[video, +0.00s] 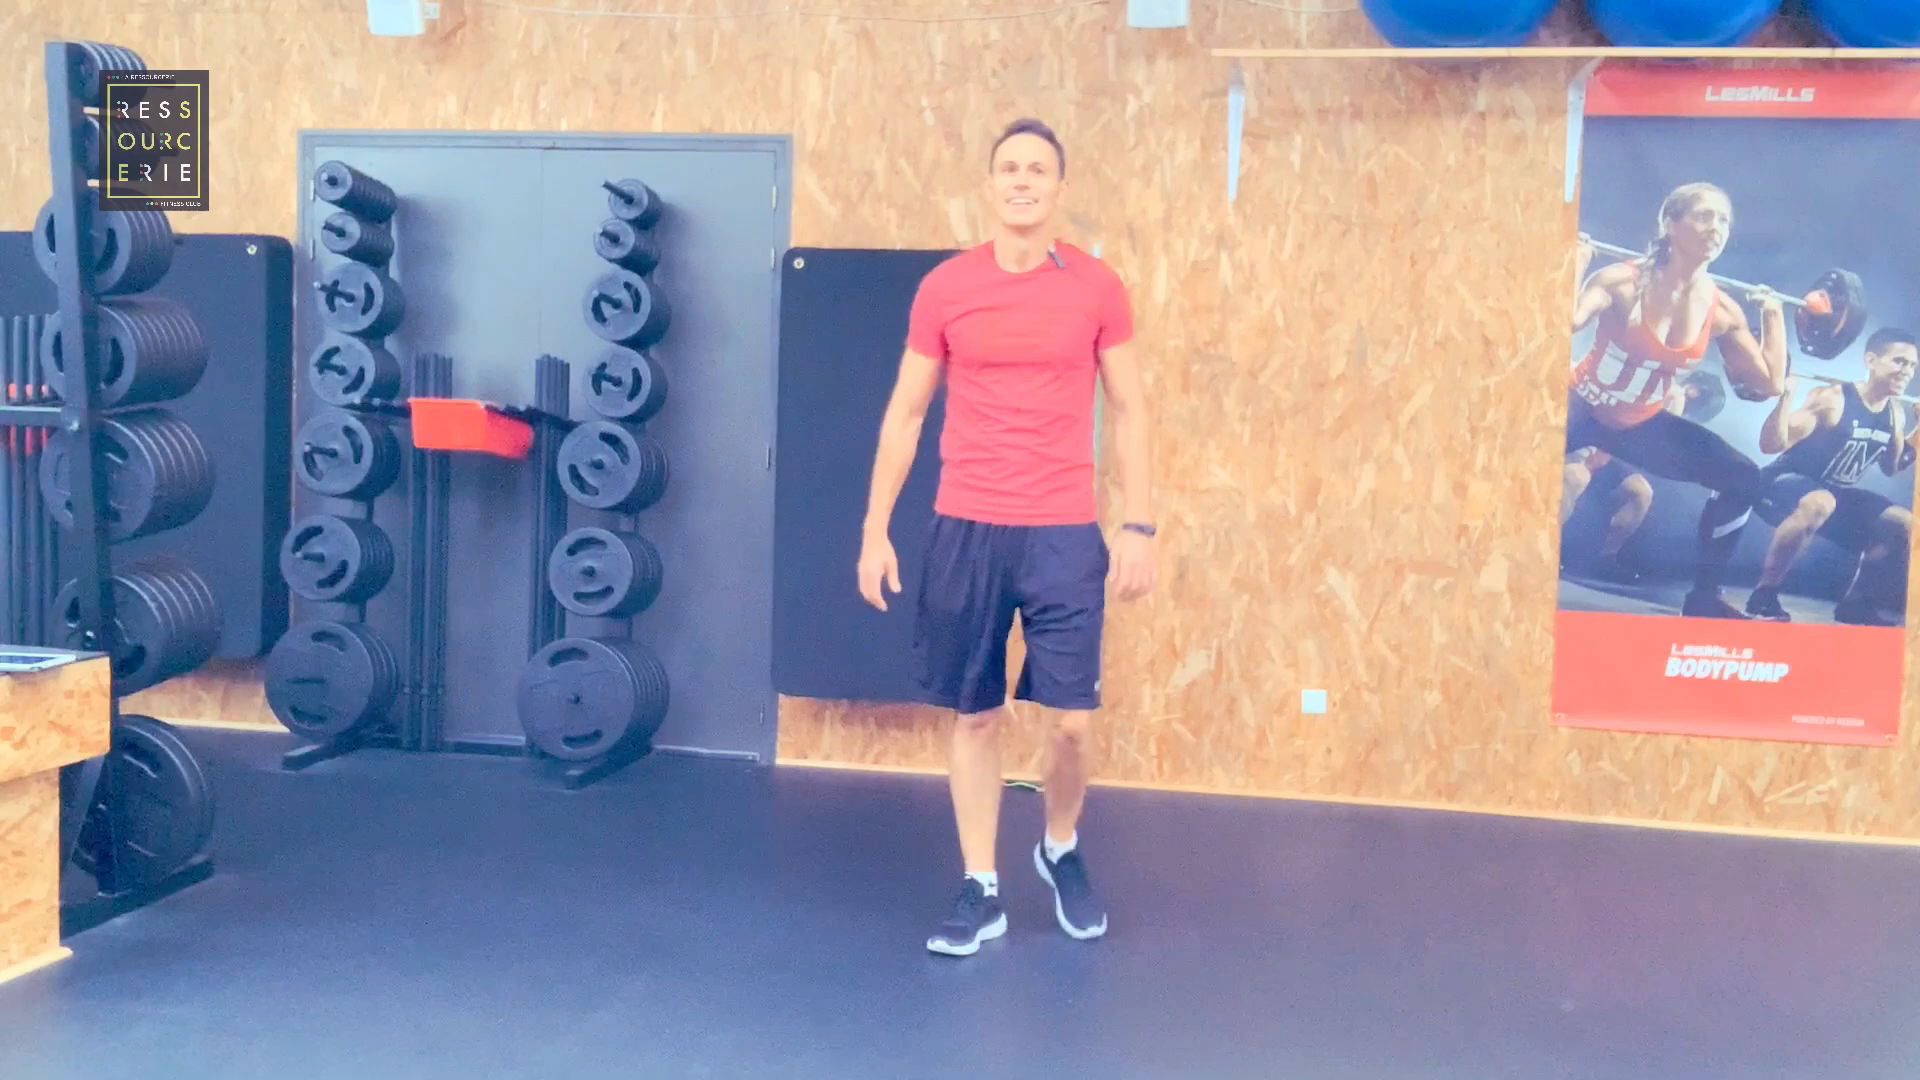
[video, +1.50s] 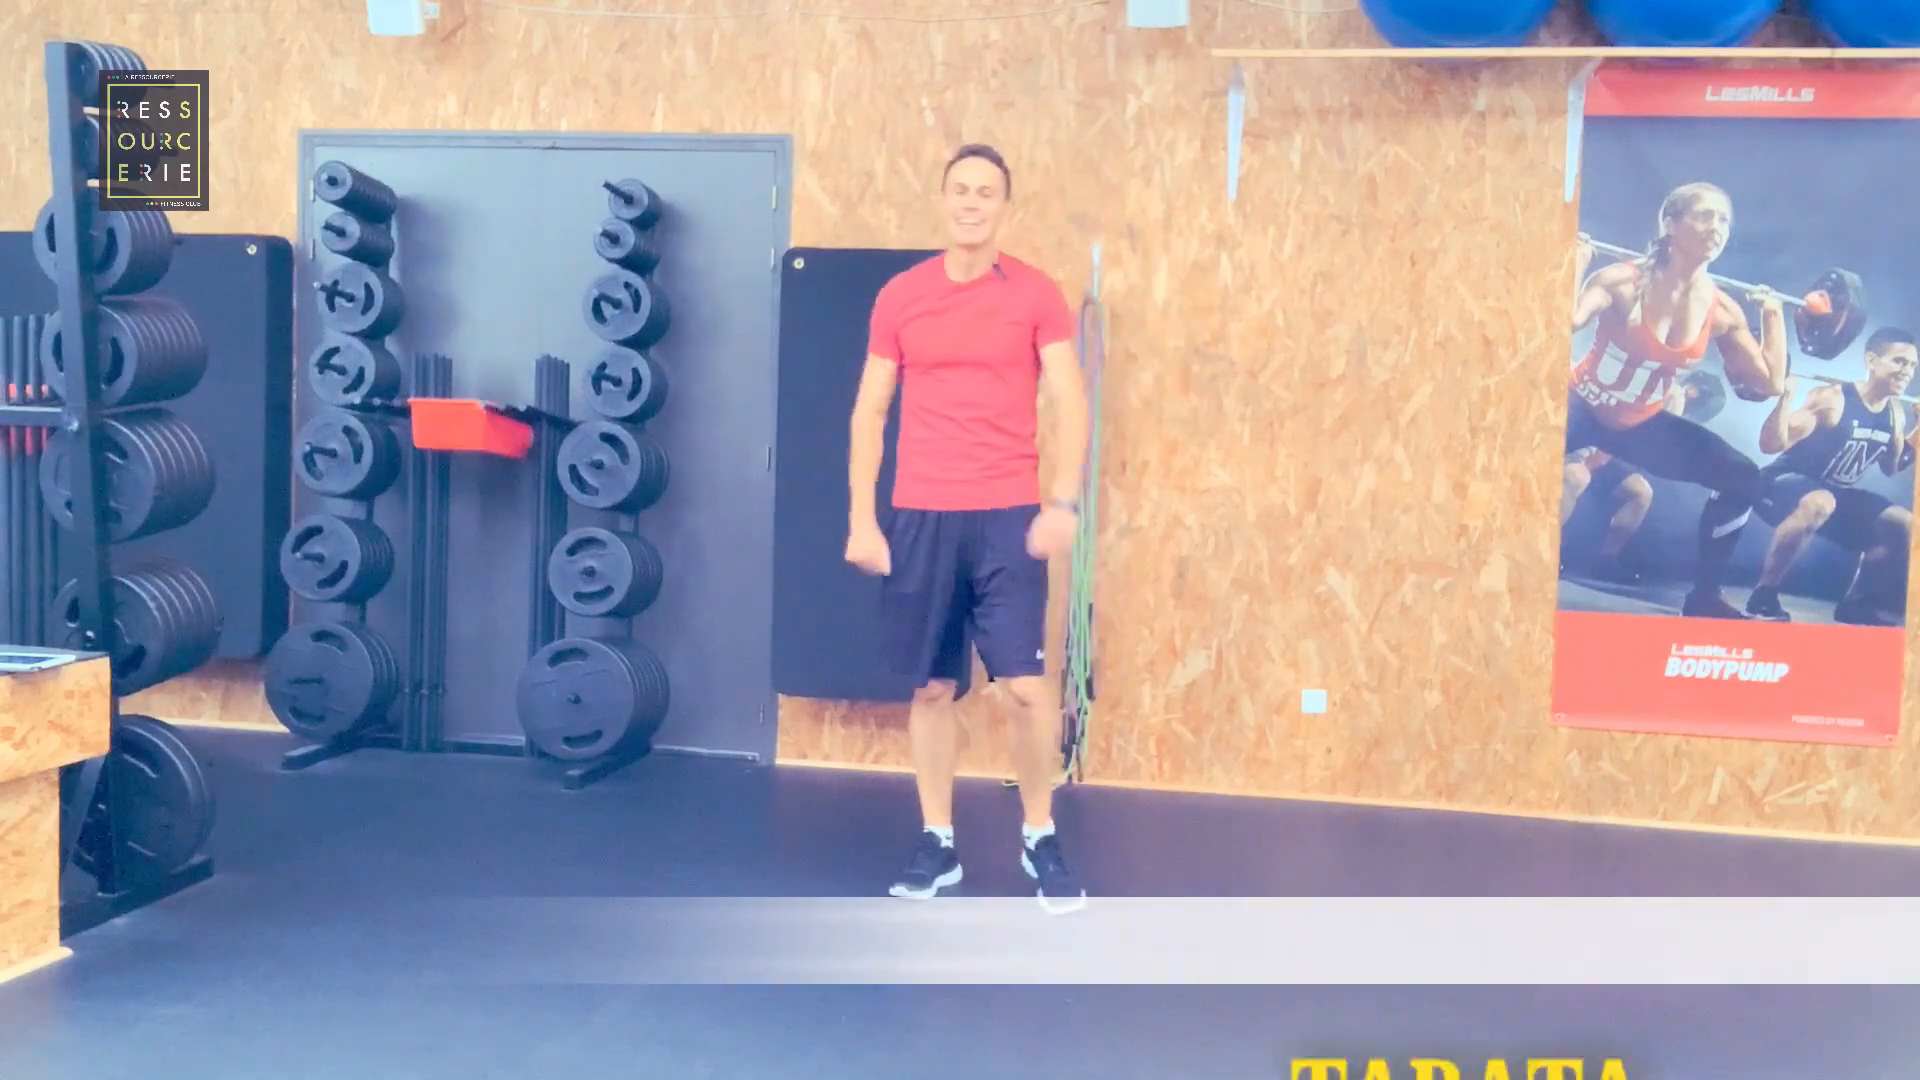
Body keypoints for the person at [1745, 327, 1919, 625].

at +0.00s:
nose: (1906, 371)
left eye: (1911, 365)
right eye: (1899, 361)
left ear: (1914, 371)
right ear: (1871, 361)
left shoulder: (1894, 412)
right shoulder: (1830, 398)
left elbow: (1891, 467)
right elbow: (1769, 444)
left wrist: (1912, 444)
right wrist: (1785, 395)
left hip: (1839, 495)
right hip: (1785, 482)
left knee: (1906, 524)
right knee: (1821, 502)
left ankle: (1854, 603)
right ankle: (1763, 596)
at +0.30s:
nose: (1906, 372)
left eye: (1912, 365)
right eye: (1899, 361)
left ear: (1914, 372)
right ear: (1871, 361)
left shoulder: (1894, 413)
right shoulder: (1830, 398)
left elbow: (1891, 467)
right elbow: (1769, 444)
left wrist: (1911, 441)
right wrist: (1785, 395)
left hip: (1839, 495)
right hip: (1785, 481)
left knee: (1906, 525)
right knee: (1821, 502)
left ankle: (1854, 604)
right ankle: (1763, 596)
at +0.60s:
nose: (1906, 372)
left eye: (1912, 365)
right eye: (1899, 361)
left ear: (1914, 372)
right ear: (1871, 361)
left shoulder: (1894, 413)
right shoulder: (1830, 398)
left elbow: (1891, 467)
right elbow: (1769, 444)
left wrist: (1911, 441)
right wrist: (1785, 395)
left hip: (1839, 495)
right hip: (1785, 481)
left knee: (1906, 525)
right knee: (1821, 502)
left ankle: (1854, 605)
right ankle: (1763, 596)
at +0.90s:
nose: (1906, 372)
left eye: (1912, 365)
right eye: (1899, 361)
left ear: (1914, 372)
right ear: (1871, 361)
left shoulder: (1894, 413)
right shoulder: (1830, 398)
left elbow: (1891, 467)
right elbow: (1769, 444)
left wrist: (1910, 441)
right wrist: (1785, 396)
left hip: (1839, 495)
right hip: (1785, 481)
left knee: (1905, 525)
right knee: (1820, 502)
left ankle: (1854, 605)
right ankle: (1763, 596)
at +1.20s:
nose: (1906, 371)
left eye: (1911, 365)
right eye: (1899, 361)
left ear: (1914, 371)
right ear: (1871, 361)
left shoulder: (1894, 412)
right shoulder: (1830, 398)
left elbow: (1892, 467)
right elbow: (1769, 444)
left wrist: (1913, 438)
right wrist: (1786, 395)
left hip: (1839, 494)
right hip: (1786, 481)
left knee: (1905, 525)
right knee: (1820, 503)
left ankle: (1855, 605)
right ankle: (1763, 596)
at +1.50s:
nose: (1906, 371)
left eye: (1912, 365)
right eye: (1899, 361)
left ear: (1914, 371)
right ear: (1871, 361)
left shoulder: (1894, 413)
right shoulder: (1830, 398)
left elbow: (1891, 467)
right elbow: (1769, 444)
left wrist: (1910, 442)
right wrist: (1785, 395)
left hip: (1839, 495)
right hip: (1786, 481)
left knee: (1906, 525)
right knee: (1820, 503)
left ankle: (1855, 604)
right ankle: (1764, 596)